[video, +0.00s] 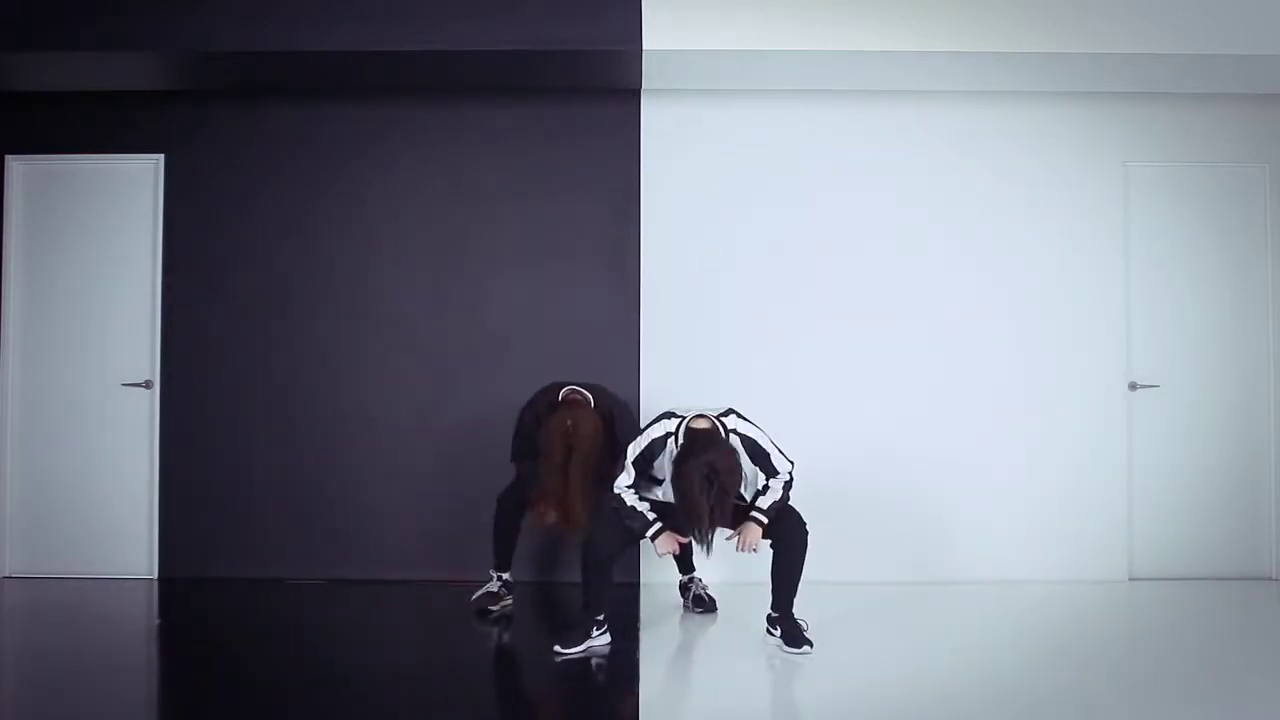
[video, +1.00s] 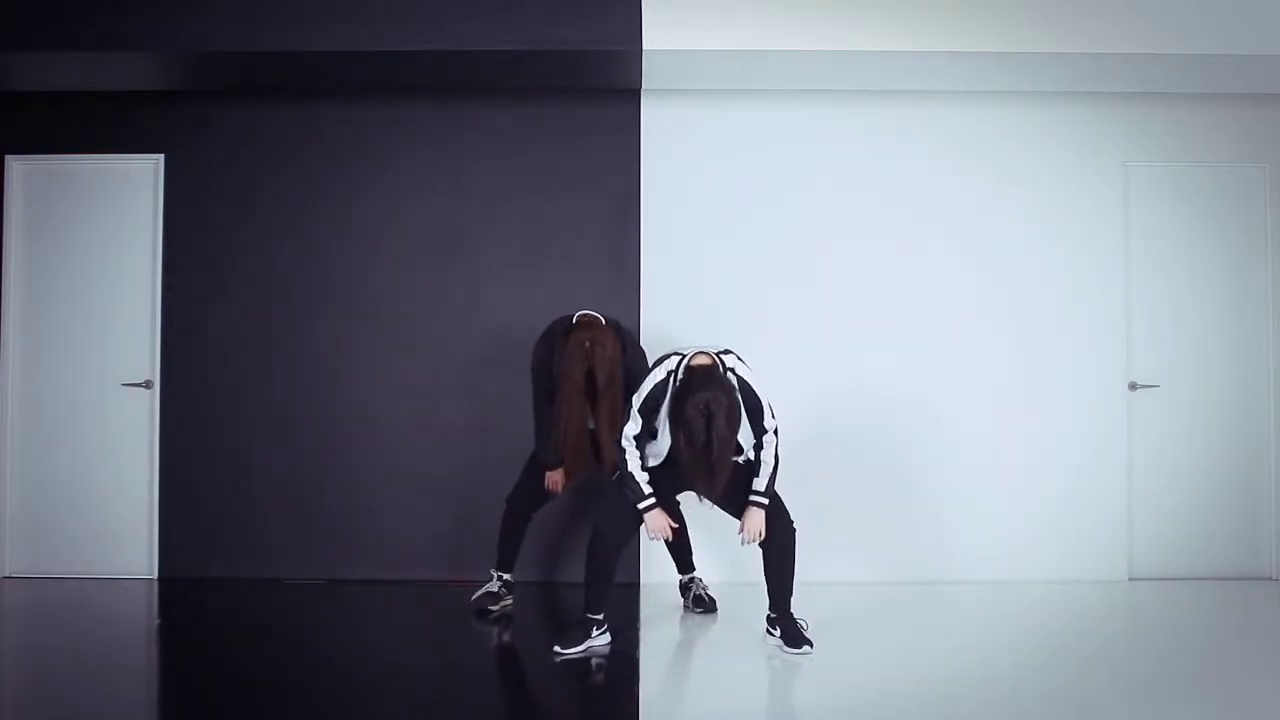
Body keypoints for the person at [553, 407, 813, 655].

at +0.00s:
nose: (709, 512)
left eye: (716, 504)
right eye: (700, 506)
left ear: (729, 469)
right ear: (683, 466)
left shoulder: (741, 432)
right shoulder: (661, 435)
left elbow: (783, 472)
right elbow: (620, 487)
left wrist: (758, 519)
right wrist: (656, 530)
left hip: (730, 497)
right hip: (667, 500)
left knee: (794, 530)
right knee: (602, 534)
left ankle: (781, 617)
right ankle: (598, 625)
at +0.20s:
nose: (708, 514)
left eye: (716, 505)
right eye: (700, 506)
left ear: (730, 463)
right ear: (684, 464)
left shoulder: (741, 425)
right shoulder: (662, 430)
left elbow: (782, 469)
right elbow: (622, 484)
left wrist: (754, 518)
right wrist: (659, 528)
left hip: (733, 490)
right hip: (668, 493)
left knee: (791, 530)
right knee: (603, 531)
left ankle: (781, 617)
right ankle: (598, 625)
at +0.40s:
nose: (708, 483)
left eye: (716, 476)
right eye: (701, 475)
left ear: (727, 444)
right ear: (683, 451)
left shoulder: (739, 416)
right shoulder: (662, 420)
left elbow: (779, 465)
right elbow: (621, 477)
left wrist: (754, 517)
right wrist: (657, 526)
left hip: (723, 482)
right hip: (664, 486)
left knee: (787, 528)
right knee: (602, 534)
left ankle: (781, 617)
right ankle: (597, 624)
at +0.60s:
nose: (709, 481)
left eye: (717, 472)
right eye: (702, 473)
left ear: (726, 436)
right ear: (683, 442)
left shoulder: (738, 405)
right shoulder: (662, 409)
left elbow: (775, 458)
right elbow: (623, 470)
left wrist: (754, 516)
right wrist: (656, 524)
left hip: (726, 470)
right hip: (662, 474)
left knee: (784, 527)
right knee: (603, 536)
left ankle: (781, 617)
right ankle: (595, 623)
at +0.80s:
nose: (705, 482)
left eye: (715, 467)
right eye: (699, 469)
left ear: (728, 425)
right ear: (683, 427)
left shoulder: (740, 394)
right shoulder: (661, 396)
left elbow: (772, 446)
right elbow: (625, 458)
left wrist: (756, 513)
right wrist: (652, 518)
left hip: (721, 465)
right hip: (659, 469)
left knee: (782, 525)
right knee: (605, 536)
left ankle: (780, 617)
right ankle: (596, 624)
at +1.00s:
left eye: (716, 434)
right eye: (700, 436)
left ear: (727, 400)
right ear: (683, 403)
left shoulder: (739, 379)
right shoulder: (661, 380)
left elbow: (768, 435)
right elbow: (628, 441)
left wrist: (757, 503)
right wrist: (649, 506)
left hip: (721, 463)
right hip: (663, 464)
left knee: (781, 526)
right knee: (609, 529)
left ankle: (780, 616)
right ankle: (596, 623)